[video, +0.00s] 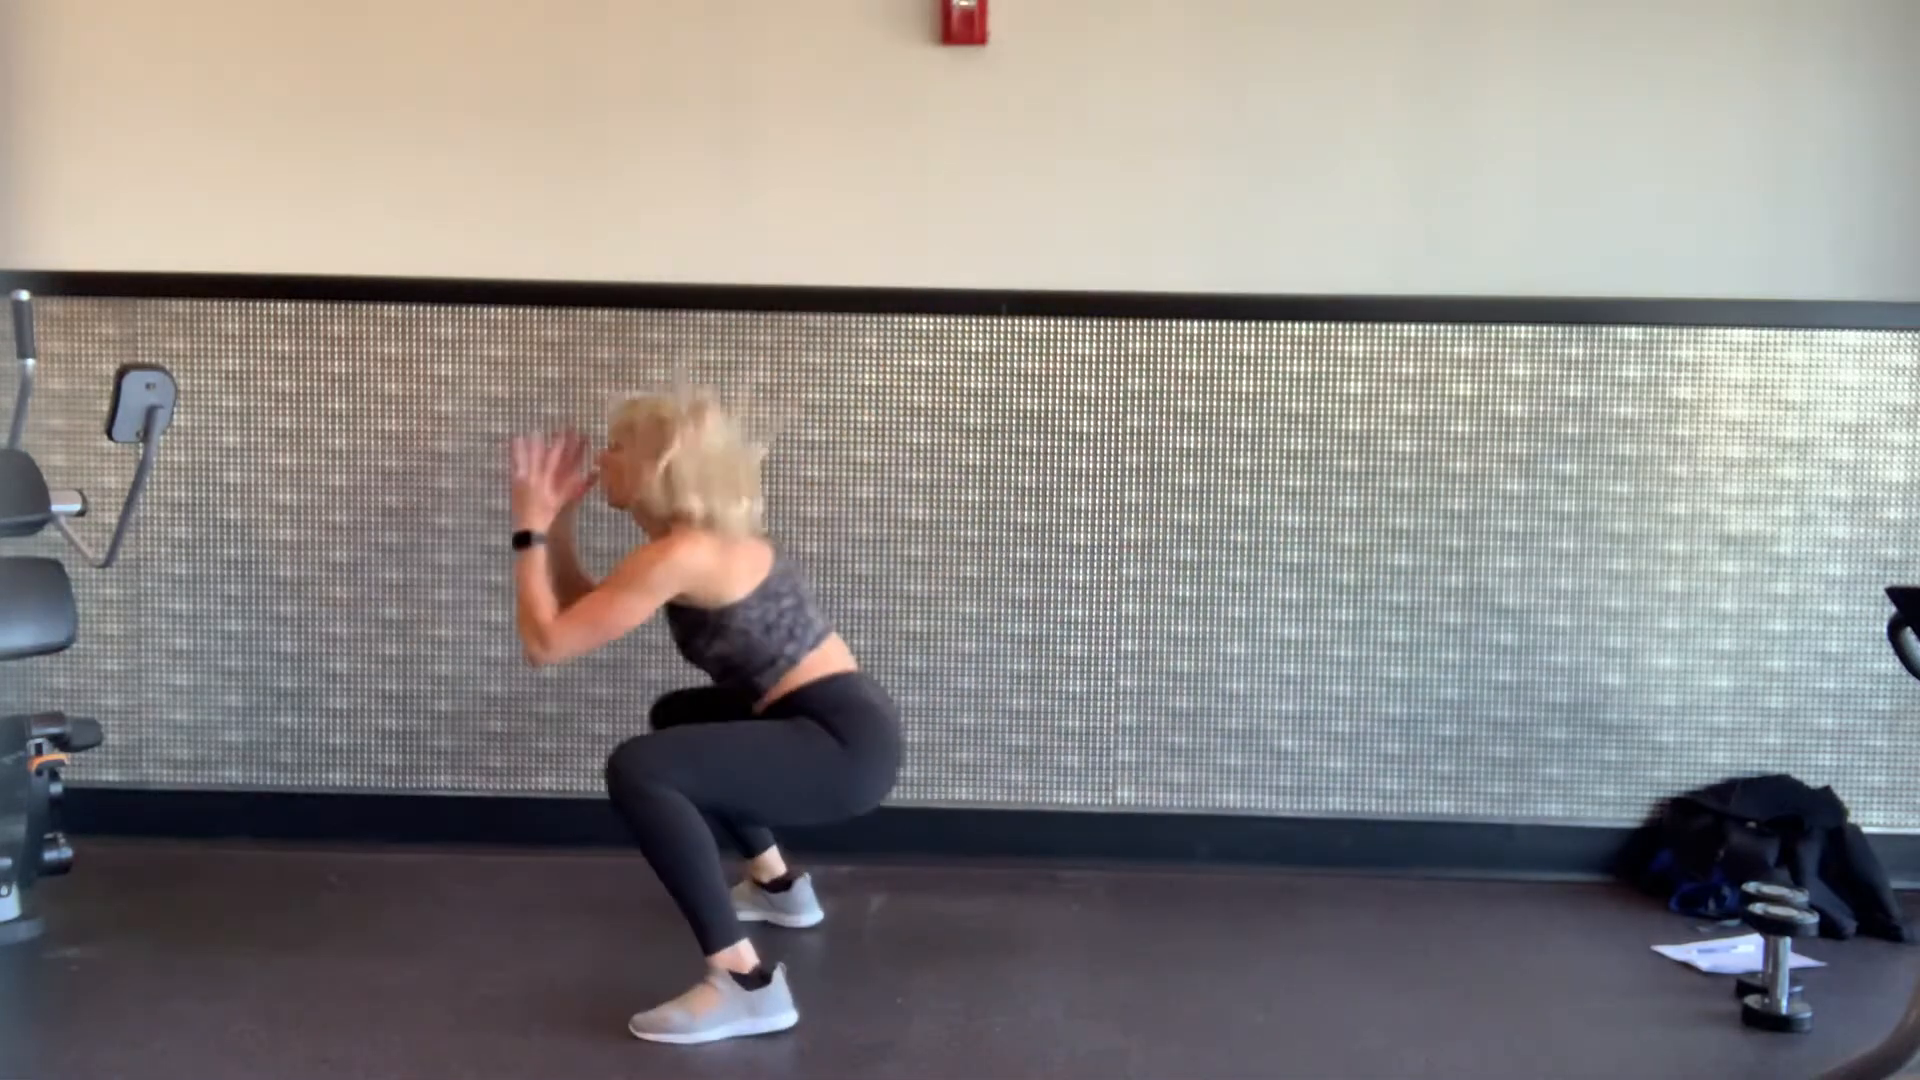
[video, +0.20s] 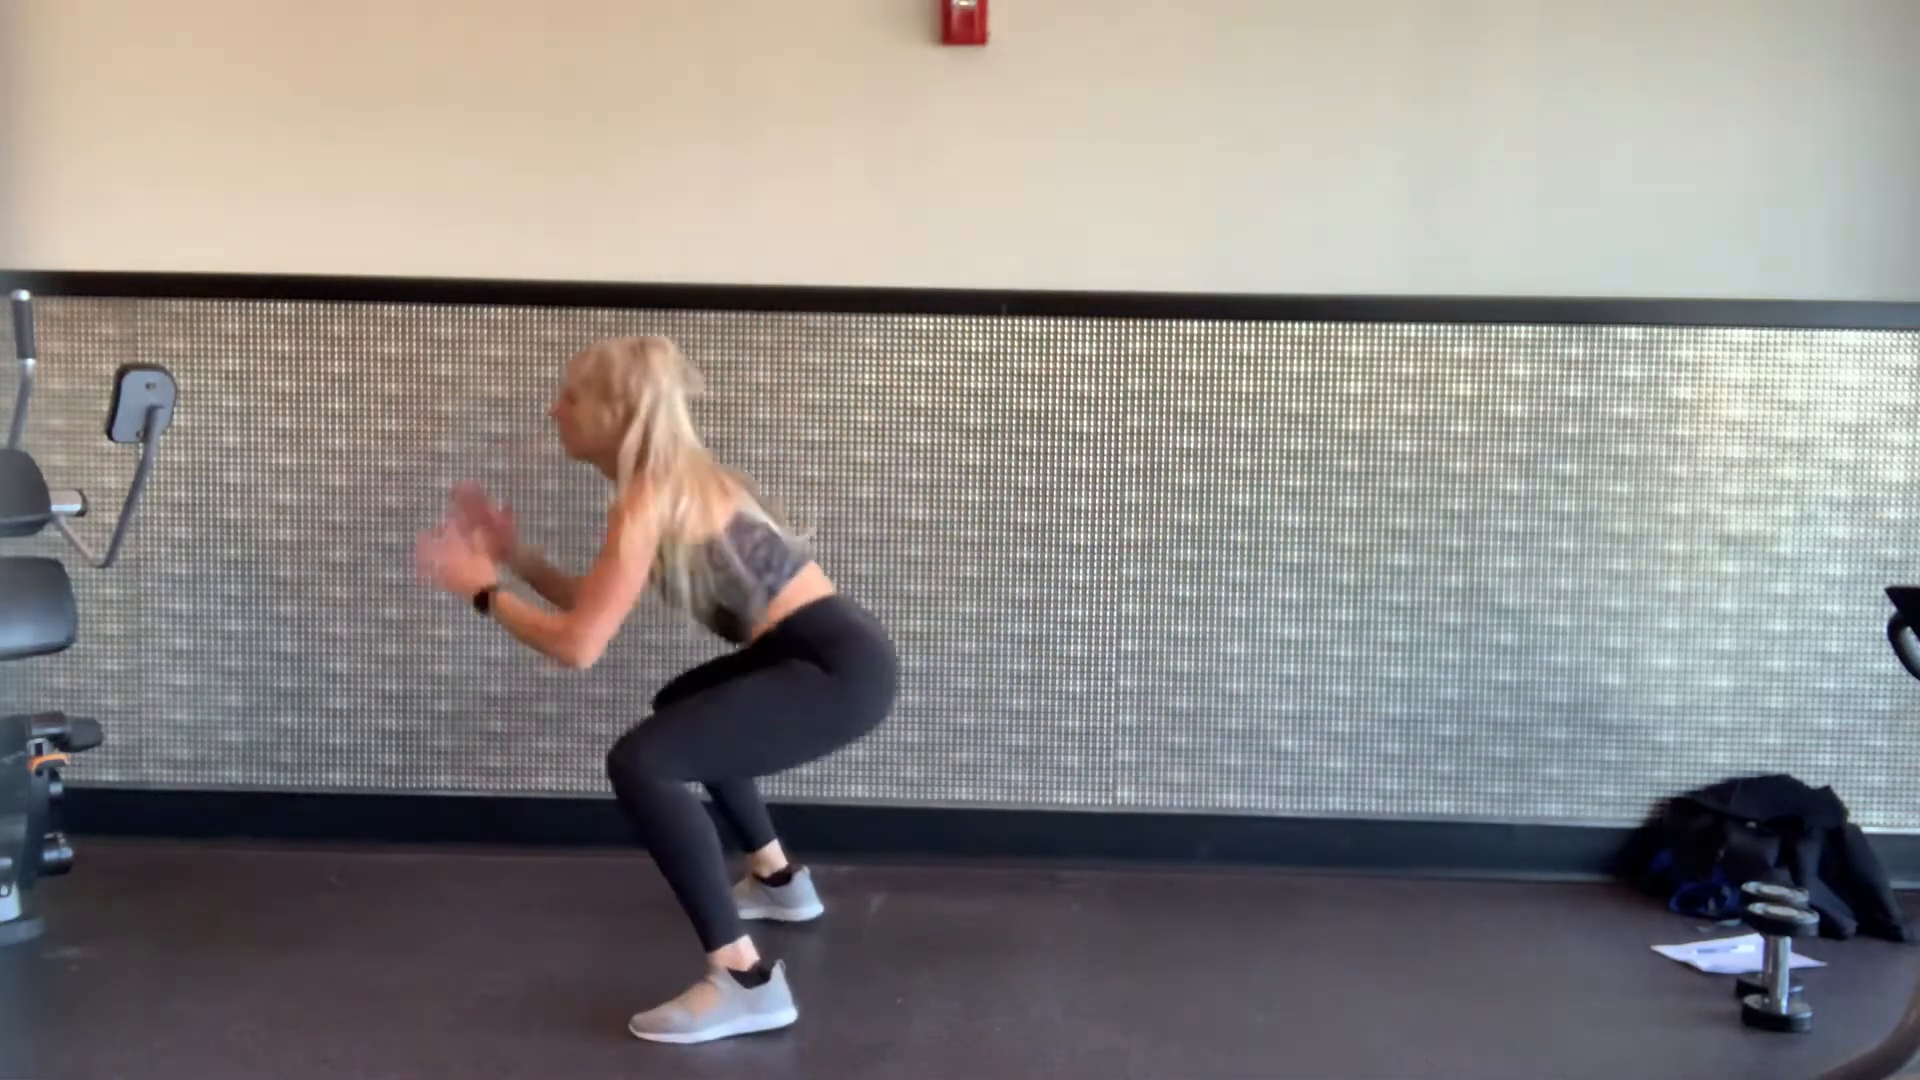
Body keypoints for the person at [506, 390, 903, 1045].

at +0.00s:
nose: (606, 454)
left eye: (621, 445)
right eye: (614, 441)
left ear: (656, 469)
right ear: (682, 469)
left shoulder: (685, 552)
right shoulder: (709, 536)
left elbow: (545, 643)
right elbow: (575, 613)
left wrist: (528, 529)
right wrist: (556, 523)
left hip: (842, 750)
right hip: (839, 723)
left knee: (640, 771)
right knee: (676, 716)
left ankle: (744, 981)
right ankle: (777, 881)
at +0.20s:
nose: (557, 407)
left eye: (571, 395)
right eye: (563, 393)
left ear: (615, 412)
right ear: (633, 411)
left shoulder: (653, 490)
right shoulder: (674, 476)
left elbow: (579, 645)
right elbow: (586, 604)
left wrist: (483, 590)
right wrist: (515, 555)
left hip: (838, 668)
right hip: (820, 650)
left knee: (643, 761)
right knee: (678, 704)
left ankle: (744, 976)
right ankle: (778, 874)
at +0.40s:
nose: (558, 309)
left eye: (571, 295)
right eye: (564, 293)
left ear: (614, 312)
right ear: (642, 311)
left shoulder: (653, 404)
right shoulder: (691, 382)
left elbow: (669, 571)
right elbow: (695, 550)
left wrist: (596, 645)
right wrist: (613, 618)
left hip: (808, 609)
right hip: (816, 596)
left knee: (636, 763)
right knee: (699, 716)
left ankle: (742, 973)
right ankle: (776, 875)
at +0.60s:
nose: (626, 197)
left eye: (639, 184)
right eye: (633, 181)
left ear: (671, 201)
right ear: (719, 201)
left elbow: (587, 440)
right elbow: (851, 406)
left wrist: (531, 362)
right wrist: (840, 500)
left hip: (774, 557)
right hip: (787, 545)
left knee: (636, 760)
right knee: (634, 646)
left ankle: (744, 978)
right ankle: (740, 805)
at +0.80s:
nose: (714, 78)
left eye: (729, 61)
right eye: (721, 59)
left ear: (771, 74)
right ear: (800, 78)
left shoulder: (768, 185)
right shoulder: (826, 189)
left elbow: (708, 316)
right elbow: (857, 331)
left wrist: (608, 278)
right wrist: (760, 409)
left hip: (766, 446)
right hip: (790, 444)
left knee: (651, 654)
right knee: (672, 642)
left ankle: (715, 891)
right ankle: (768, 816)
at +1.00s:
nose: (753, 145)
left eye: (770, 133)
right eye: (762, 130)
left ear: (815, 156)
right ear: (815, 159)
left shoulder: (832, 253)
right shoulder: (806, 255)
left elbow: (883, 396)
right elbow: (714, 364)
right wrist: (678, 275)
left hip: (792, 499)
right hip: (797, 503)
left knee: (586, 476)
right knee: (728, 711)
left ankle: (680, 677)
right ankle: (801, 927)